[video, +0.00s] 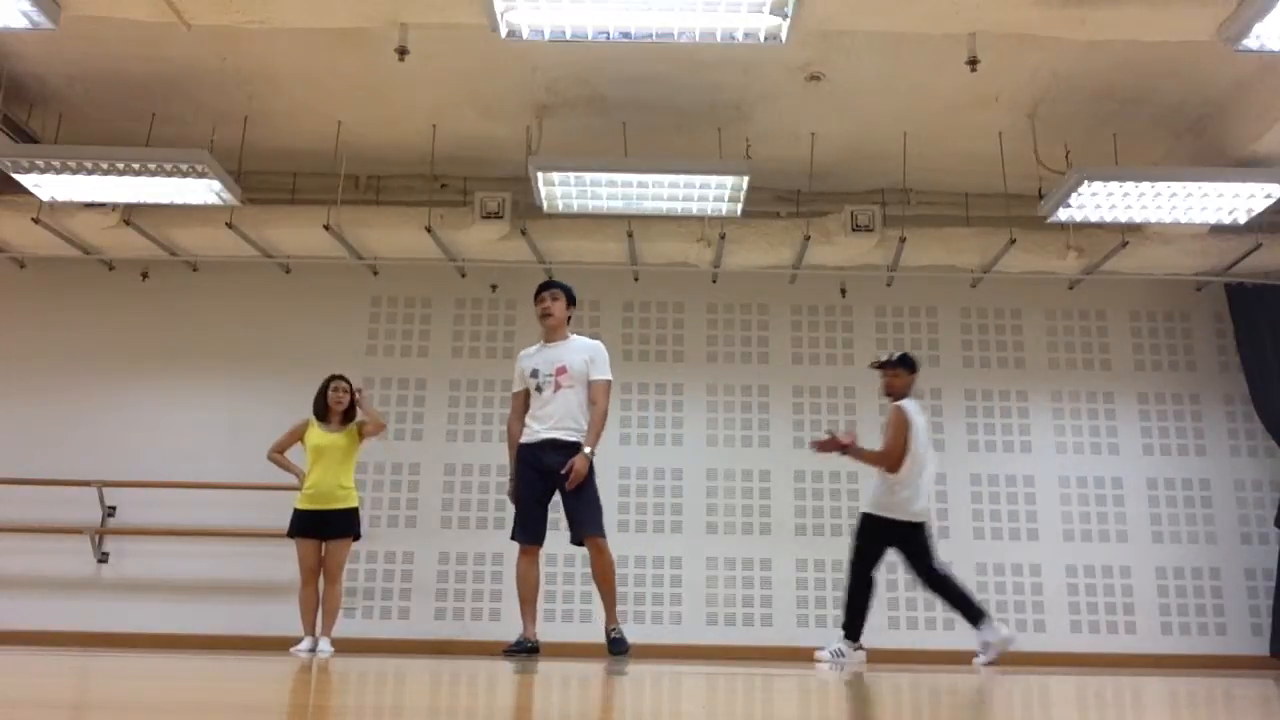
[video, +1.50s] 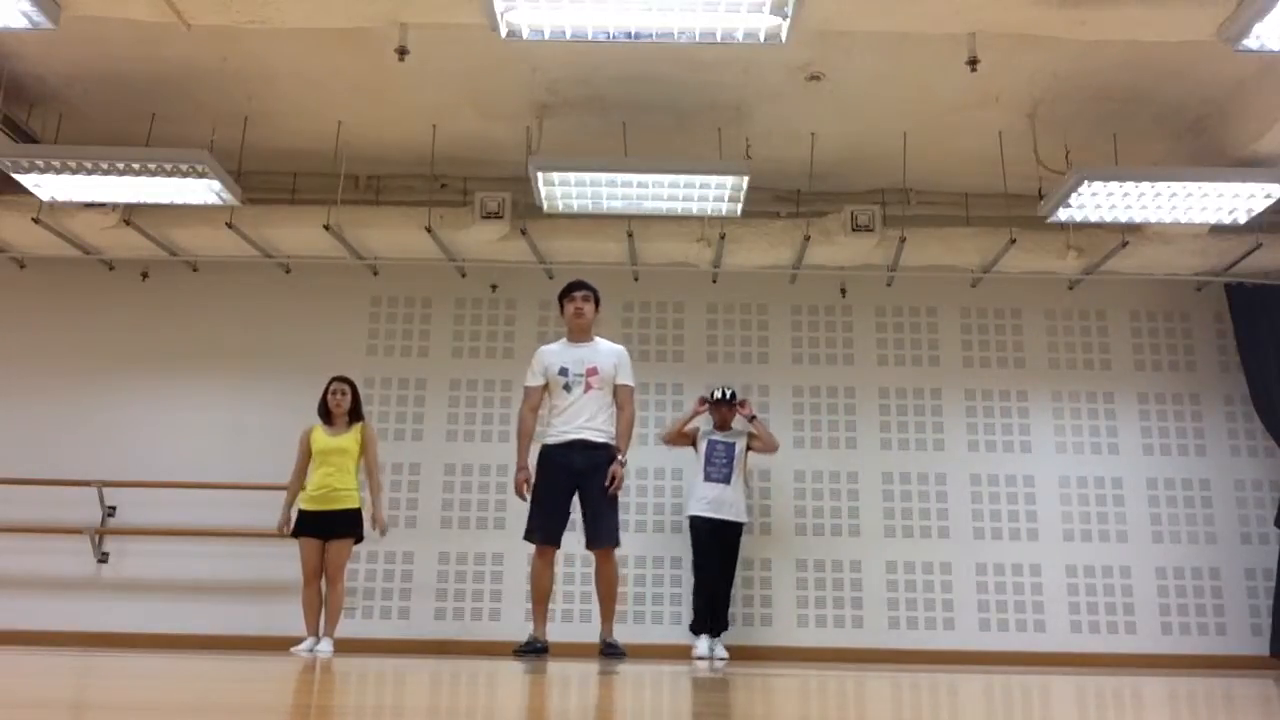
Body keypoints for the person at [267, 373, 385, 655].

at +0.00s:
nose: (339, 395)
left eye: (344, 392)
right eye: (335, 391)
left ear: (350, 399)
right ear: (324, 395)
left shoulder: (355, 429)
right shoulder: (309, 426)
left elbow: (379, 426)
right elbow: (273, 453)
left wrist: (362, 403)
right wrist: (298, 472)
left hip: (342, 506)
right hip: (309, 505)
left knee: (333, 576)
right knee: (309, 575)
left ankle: (325, 638)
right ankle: (308, 636)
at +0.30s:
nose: (341, 396)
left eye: (346, 392)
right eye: (337, 390)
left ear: (349, 400)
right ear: (325, 394)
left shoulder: (354, 429)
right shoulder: (308, 425)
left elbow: (384, 422)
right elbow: (269, 450)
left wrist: (361, 405)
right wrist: (297, 473)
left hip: (342, 505)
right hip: (309, 505)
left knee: (333, 574)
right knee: (308, 575)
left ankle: (325, 637)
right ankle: (308, 636)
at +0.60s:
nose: (337, 397)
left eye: (342, 393)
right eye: (332, 392)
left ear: (349, 398)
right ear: (322, 396)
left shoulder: (356, 431)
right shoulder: (308, 429)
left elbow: (371, 469)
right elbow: (273, 459)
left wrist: (362, 437)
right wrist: (279, 491)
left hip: (340, 507)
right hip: (307, 506)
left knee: (330, 575)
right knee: (308, 575)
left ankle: (325, 637)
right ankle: (308, 636)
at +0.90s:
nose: (336, 396)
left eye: (342, 391)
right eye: (332, 391)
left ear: (350, 397)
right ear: (323, 396)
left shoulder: (360, 428)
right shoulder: (308, 431)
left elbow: (370, 466)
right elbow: (297, 471)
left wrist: (338, 474)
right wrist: (299, 503)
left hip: (341, 509)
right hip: (309, 509)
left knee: (334, 574)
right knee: (308, 575)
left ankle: (328, 637)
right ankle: (309, 636)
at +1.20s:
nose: (336, 396)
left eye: (342, 392)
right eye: (332, 392)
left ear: (351, 398)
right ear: (324, 397)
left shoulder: (362, 431)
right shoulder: (310, 432)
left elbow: (364, 472)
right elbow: (301, 473)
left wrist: (354, 506)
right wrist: (295, 507)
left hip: (341, 508)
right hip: (310, 508)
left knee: (335, 577)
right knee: (309, 577)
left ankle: (328, 637)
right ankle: (309, 636)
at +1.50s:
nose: (337, 397)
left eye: (343, 393)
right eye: (333, 393)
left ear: (353, 399)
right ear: (325, 398)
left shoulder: (363, 431)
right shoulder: (311, 433)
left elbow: (373, 473)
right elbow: (298, 475)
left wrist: (377, 510)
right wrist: (286, 509)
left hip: (344, 509)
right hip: (310, 508)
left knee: (334, 576)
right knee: (310, 577)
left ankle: (328, 637)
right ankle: (311, 636)